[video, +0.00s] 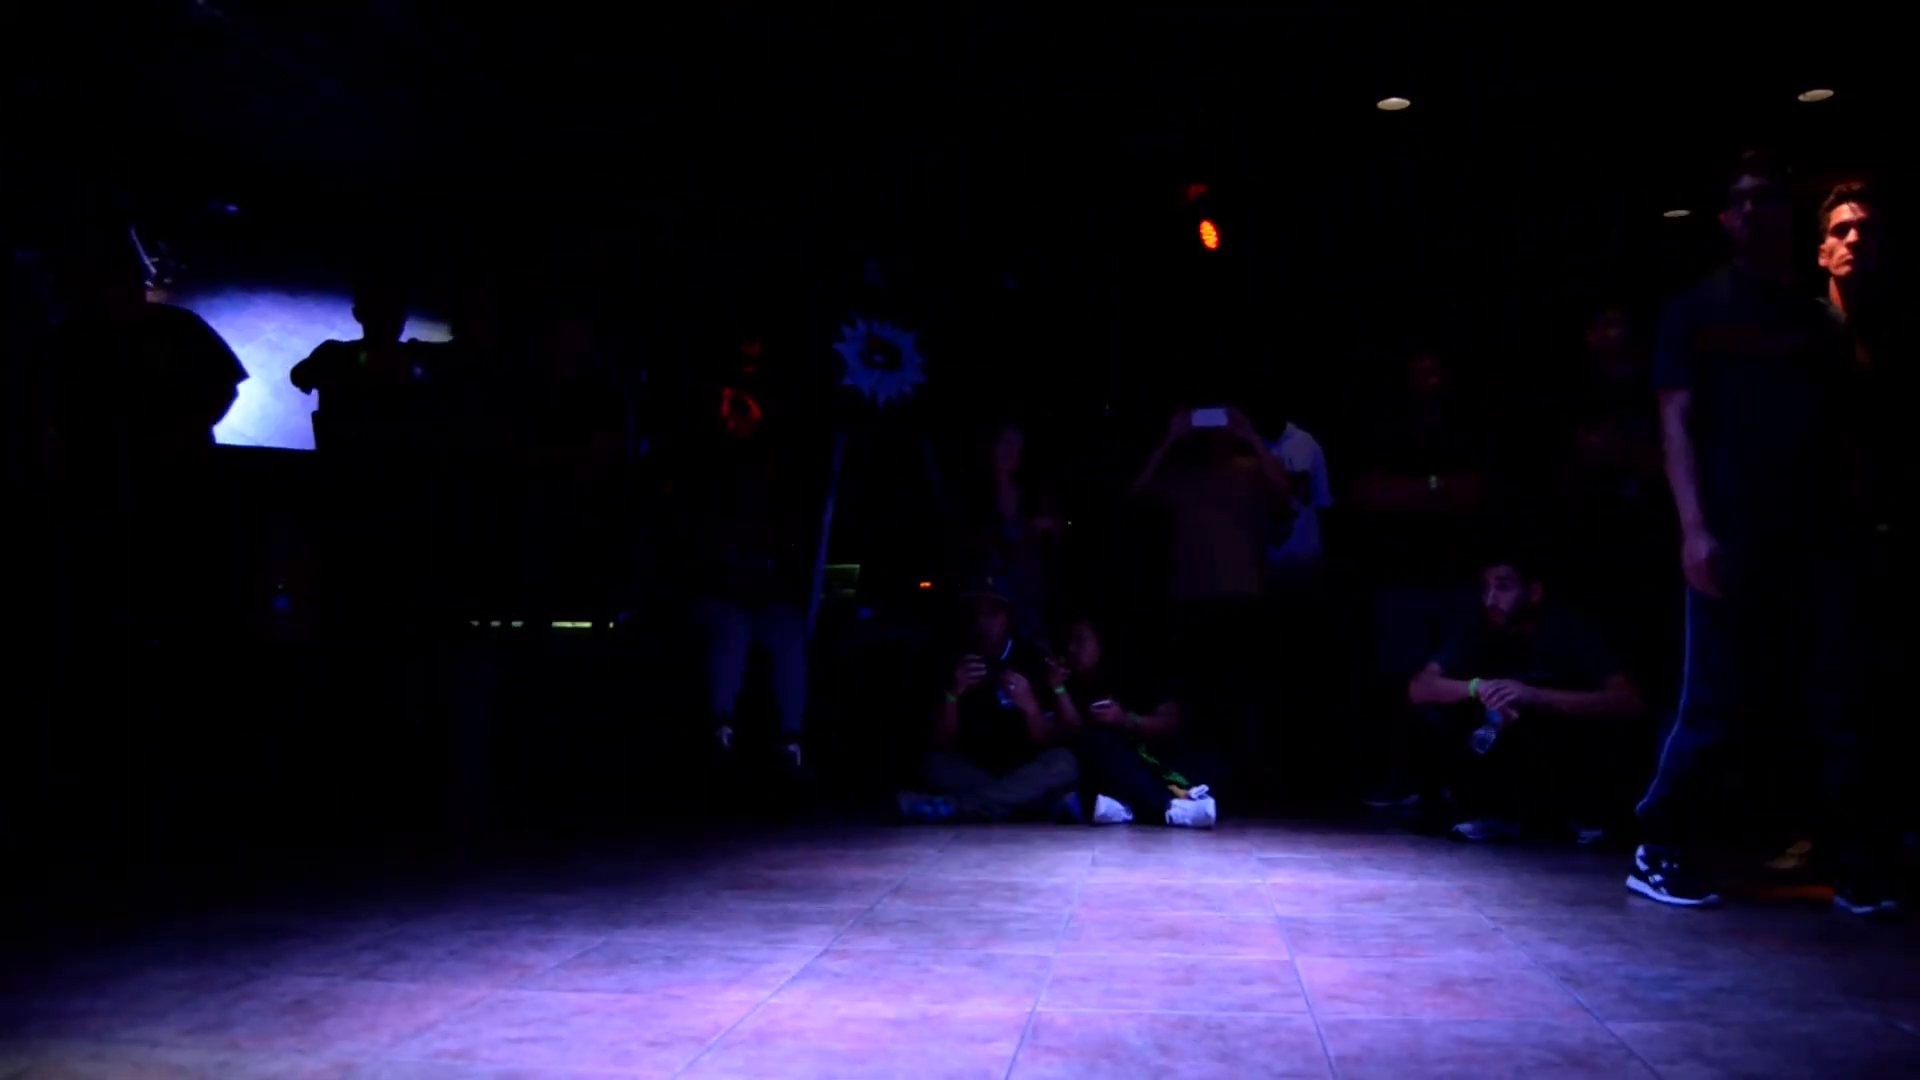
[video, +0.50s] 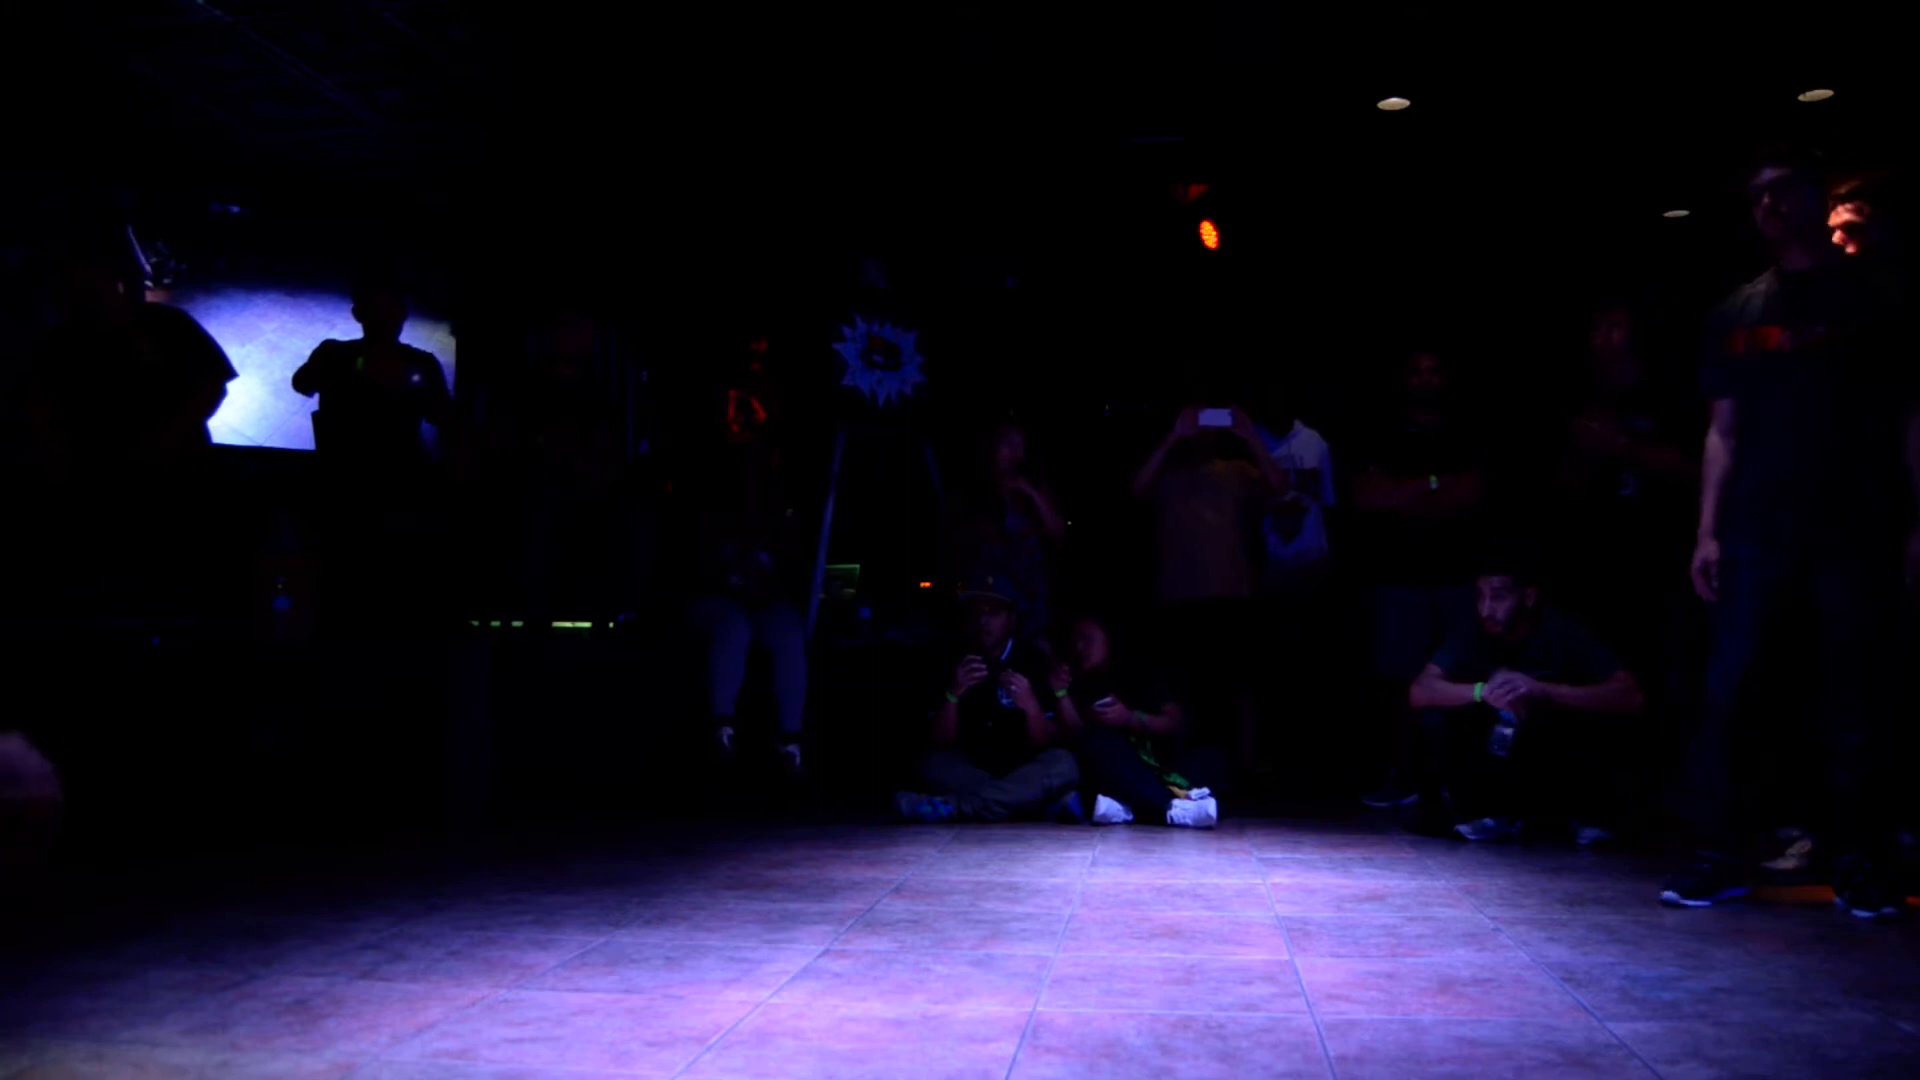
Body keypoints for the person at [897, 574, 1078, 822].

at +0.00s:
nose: (987, 624)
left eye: (994, 615)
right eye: (980, 616)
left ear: (1007, 619)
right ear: (970, 621)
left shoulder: (1028, 659)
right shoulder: (956, 660)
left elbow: (1044, 737)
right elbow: (942, 741)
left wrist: (1027, 702)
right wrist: (954, 693)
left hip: (1021, 755)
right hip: (970, 755)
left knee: (1063, 764)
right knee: (934, 766)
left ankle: (958, 806)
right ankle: (1039, 805)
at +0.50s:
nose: (983, 623)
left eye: (992, 614)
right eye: (976, 615)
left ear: (1009, 619)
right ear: (966, 620)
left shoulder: (1030, 659)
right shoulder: (954, 660)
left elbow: (1045, 741)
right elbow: (941, 741)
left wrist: (1029, 703)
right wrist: (954, 694)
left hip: (1021, 756)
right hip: (970, 756)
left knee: (1063, 765)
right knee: (934, 766)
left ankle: (958, 808)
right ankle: (1039, 807)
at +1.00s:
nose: (985, 624)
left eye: (994, 616)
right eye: (978, 616)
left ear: (1008, 619)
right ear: (967, 620)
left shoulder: (1030, 660)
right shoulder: (954, 659)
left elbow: (1046, 739)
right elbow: (942, 740)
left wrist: (1029, 704)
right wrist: (954, 694)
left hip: (1020, 755)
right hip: (969, 756)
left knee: (1062, 765)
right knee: (934, 766)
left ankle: (958, 808)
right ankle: (1039, 806)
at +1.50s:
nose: (983, 629)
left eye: (992, 619)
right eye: (976, 620)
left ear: (1009, 623)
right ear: (968, 626)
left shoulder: (1033, 665)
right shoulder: (954, 666)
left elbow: (1050, 743)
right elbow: (945, 744)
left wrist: (1033, 710)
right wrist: (959, 700)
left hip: (1025, 762)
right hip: (973, 763)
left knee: (1067, 771)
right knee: (939, 772)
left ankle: (963, 814)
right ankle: (1043, 813)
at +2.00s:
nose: (1031, 627)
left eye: (1040, 618)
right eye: (1026, 618)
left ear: (1058, 623)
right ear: (1017, 625)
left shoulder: (1082, 662)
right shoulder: (1006, 663)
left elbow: (1099, 742)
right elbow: (993, 742)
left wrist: (1080, 707)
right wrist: (1007, 697)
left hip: (1074, 759)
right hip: (1023, 760)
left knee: (1114, 769)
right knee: (991, 769)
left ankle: (1010, 811)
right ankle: (1091, 811)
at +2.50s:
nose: (1069, 628)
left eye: (1078, 619)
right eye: (1062, 619)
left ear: (1093, 624)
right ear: (1053, 626)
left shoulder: (1115, 664)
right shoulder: (1038, 664)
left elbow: (1134, 743)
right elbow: (1024, 744)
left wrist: (1114, 709)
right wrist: (1040, 699)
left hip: (1106, 761)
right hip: (1053, 762)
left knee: (1147, 770)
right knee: (1020, 771)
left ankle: (1042, 814)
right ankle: (1124, 813)